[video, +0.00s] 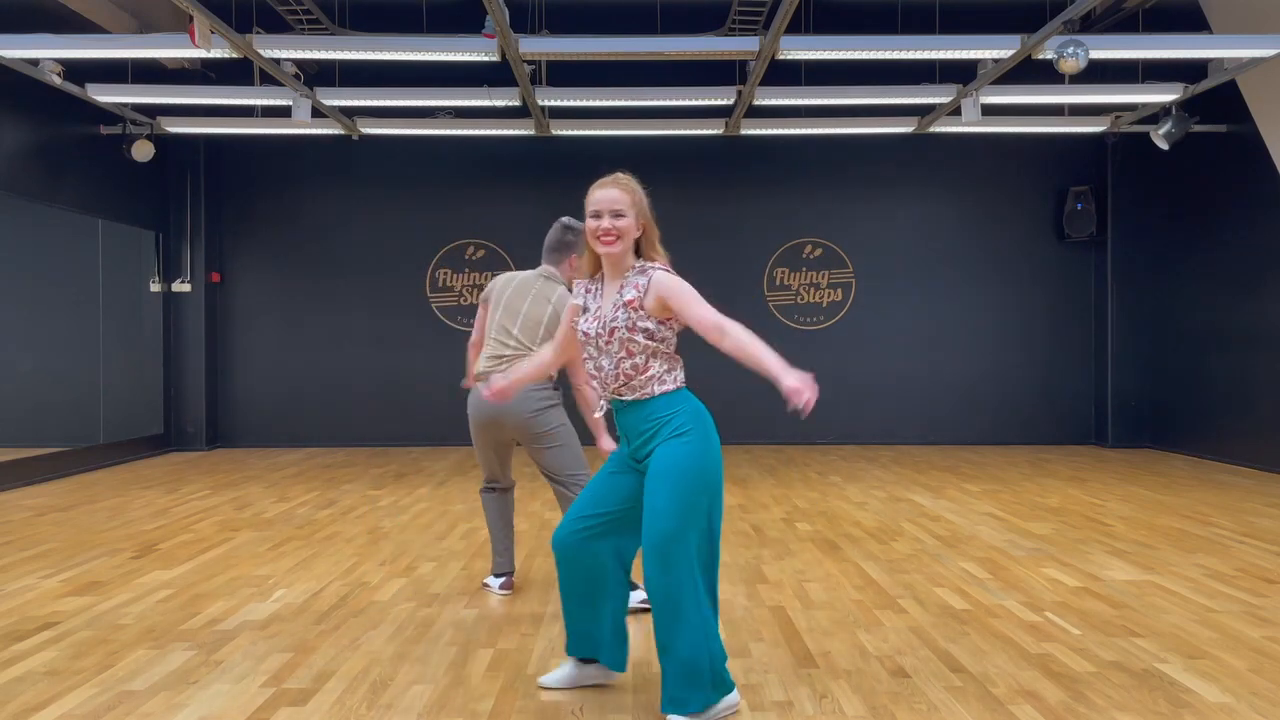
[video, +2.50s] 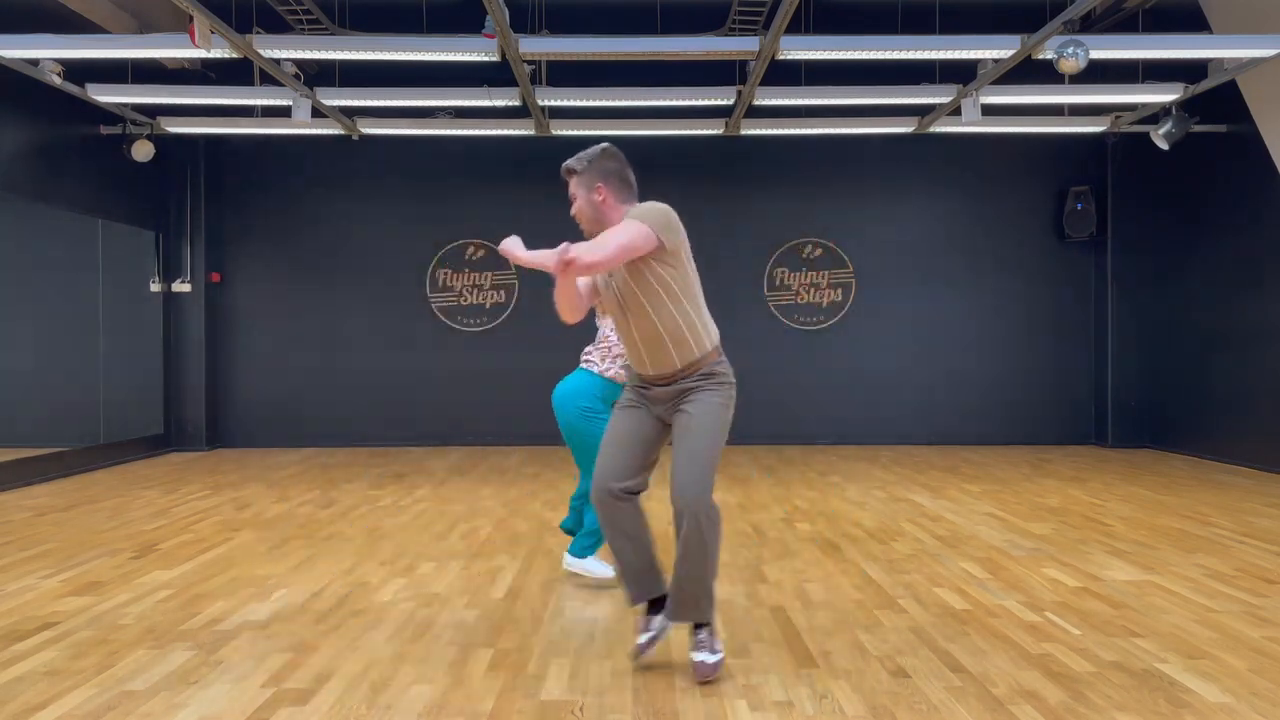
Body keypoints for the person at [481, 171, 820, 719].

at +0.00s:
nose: (606, 225)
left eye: (618, 215)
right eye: (596, 216)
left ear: (640, 223)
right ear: (585, 225)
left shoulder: (658, 283)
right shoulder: (582, 292)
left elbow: (721, 329)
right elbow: (557, 354)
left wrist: (783, 372)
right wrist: (512, 379)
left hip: (678, 429)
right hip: (632, 440)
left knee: (668, 551)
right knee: (575, 538)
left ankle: (708, 691)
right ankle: (595, 660)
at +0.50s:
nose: (656, 258)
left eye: (659, 249)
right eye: (659, 249)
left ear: (665, 257)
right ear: (713, 253)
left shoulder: (685, 321)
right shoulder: (709, 308)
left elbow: (668, 410)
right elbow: (672, 389)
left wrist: (636, 391)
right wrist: (621, 418)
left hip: (743, 456)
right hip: (765, 446)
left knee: (677, 572)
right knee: (726, 553)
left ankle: (716, 706)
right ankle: (781, 637)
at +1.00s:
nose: (738, 248)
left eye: (740, 240)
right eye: (746, 240)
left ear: (745, 244)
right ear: (785, 239)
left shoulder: (764, 289)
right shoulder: (808, 273)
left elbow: (762, 327)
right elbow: (859, 257)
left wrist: (721, 324)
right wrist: (903, 225)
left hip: (809, 422)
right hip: (837, 414)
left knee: (788, 530)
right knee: (828, 522)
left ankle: (788, 652)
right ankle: (830, 613)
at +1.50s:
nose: (769, 233)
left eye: (769, 228)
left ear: (772, 231)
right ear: (812, 229)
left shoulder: (757, 278)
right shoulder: (831, 269)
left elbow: (755, 314)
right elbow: (839, 308)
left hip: (786, 392)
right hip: (838, 388)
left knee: (781, 485)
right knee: (844, 497)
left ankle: (832, 502)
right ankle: (845, 604)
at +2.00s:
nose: (735, 254)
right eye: (734, 249)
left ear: (694, 254)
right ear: (731, 255)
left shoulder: (673, 292)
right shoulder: (742, 298)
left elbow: (625, 287)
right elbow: (782, 285)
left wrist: (588, 271)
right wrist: (815, 264)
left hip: (663, 397)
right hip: (707, 401)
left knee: (648, 486)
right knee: (739, 491)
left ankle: (627, 567)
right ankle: (782, 580)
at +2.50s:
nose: (570, 210)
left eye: (574, 198)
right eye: (570, 200)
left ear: (602, 193)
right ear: (602, 195)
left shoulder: (656, 218)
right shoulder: (592, 254)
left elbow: (587, 258)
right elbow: (571, 315)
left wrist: (523, 255)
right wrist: (561, 270)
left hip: (704, 381)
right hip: (643, 391)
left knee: (692, 498)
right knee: (609, 489)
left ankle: (701, 624)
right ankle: (656, 599)